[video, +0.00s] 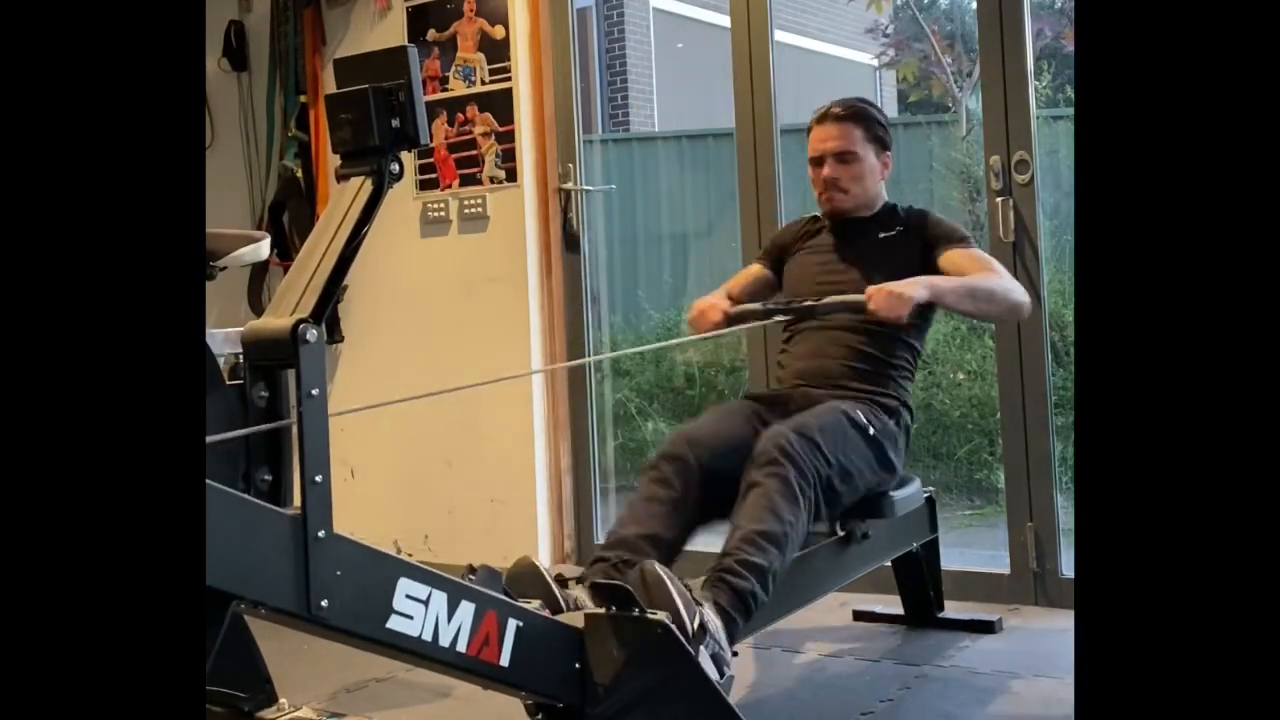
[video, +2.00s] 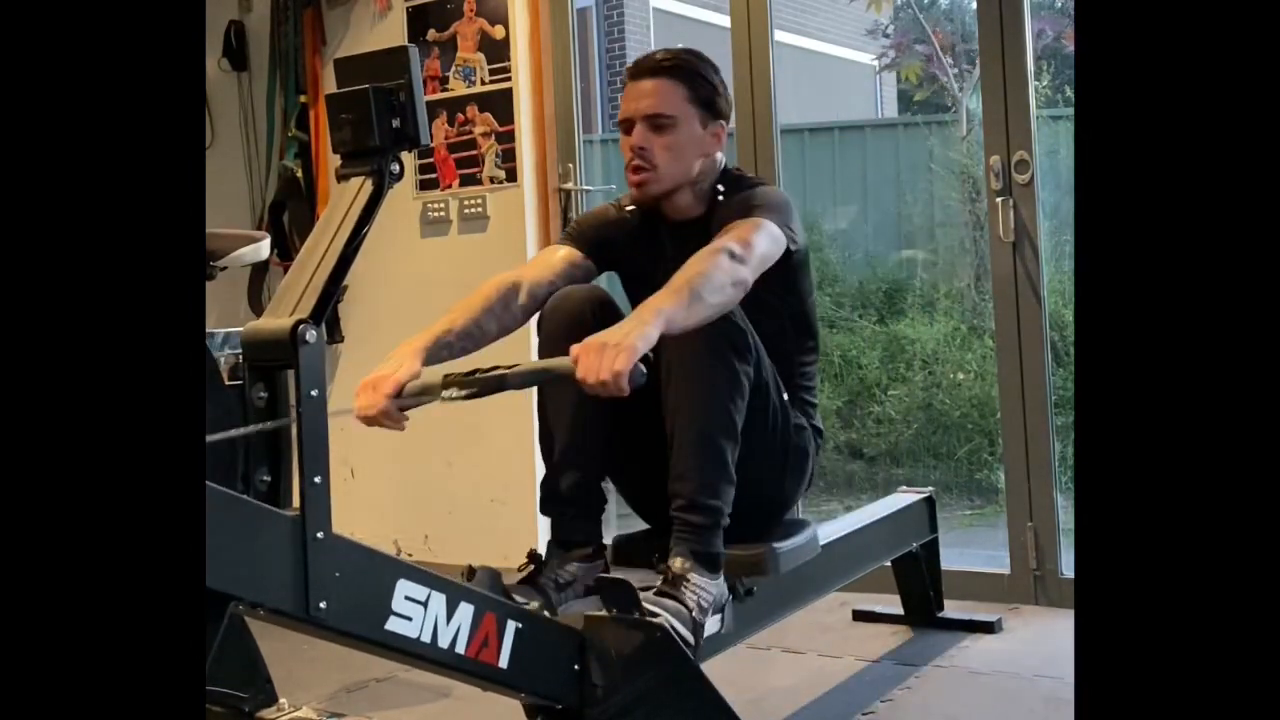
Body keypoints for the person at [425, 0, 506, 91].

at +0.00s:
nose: (471, 7)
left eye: (473, 4)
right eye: (468, 4)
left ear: (476, 7)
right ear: (463, 8)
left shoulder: (480, 22)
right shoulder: (457, 25)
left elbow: (493, 33)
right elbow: (445, 36)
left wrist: (498, 32)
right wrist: (435, 36)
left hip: (474, 60)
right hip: (460, 59)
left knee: (474, 89)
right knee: (458, 89)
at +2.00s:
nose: (471, 8)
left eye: (473, 6)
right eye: (468, 6)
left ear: (476, 8)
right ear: (463, 8)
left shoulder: (480, 22)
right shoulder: (457, 25)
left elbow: (493, 33)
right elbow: (445, 36)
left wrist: (498, 32)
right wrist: (435, 36)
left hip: (474, 60)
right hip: (460, 59)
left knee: (474, 88)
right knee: (457, 88)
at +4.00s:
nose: (471, 7)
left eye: (473, 4)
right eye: (469, 4)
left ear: (476, 7)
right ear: (463, 8)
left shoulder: (480, 22)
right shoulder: (457, 25)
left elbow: (493, 34)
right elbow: (445, 36)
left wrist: (498, 32)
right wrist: (435, 36)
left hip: (474, 60)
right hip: (460, 59)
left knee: (474, 89)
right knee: (459, 90)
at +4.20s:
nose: (471, 7)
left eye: (473, 4)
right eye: (468, 4)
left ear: (476, 7)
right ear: (463, 7)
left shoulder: (480, 22)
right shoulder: (457, 25)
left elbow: (493, 34)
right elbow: (445, 36)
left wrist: (498, 32)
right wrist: (435, 36)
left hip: (473, 60)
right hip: (460, 59)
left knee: (473, 89)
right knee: (459, 90)